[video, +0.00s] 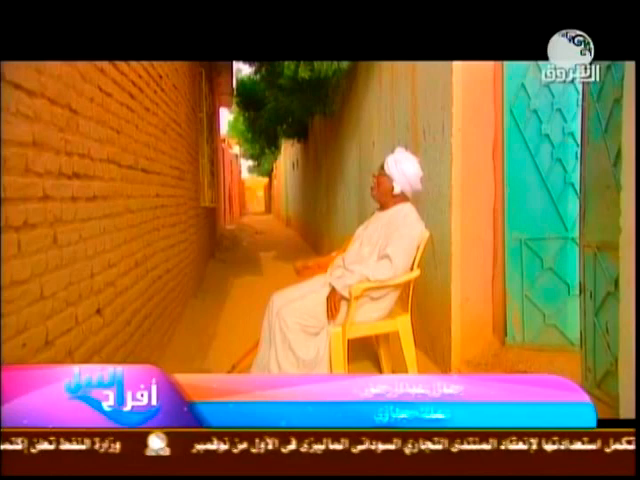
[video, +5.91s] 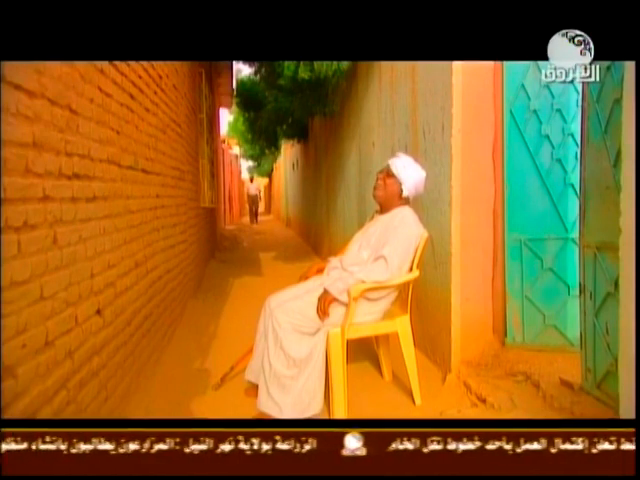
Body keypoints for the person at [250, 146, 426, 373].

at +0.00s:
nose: (374, 179)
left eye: (381, 176)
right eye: (377, 175)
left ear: (396, 185)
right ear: (393, 186)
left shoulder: (407, 220)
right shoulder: (384, 214)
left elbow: (393, 269)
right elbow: (354, 253)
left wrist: (342, 286)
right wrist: (326, 268)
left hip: (364, 296)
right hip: (342, 281)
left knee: (288, 316)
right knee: (278, 303)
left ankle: (291, 387)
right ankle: (270, 379)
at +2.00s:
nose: (373, 186)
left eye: (378, 181)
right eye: (376, 179)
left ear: (390, 188)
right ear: (392, 189)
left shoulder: (405, 221)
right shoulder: (388, 216)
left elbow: (388, 271)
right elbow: (358, 253)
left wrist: (336, 288)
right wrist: (327, 266)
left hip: (360, 298)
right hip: (341, 281)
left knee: (283, 314)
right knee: (274, 303)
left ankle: (281, 386)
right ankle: (266, 379)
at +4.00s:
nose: (366, 195)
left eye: (373, 190)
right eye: (366, 188)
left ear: (392, 193)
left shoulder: (404, 223)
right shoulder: (385, 217)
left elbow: (387, 271)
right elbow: (356, 253)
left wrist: (335, 288)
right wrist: (326, 266)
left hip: (359, 299)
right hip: (340, 282)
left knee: (282, 315)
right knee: (274, 305)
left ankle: (280, 386)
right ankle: (267, 379)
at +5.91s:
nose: (378, 181)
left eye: (387, 177)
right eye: (380, 175)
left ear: (402, 189)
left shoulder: (405, 222)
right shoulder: (384, 216)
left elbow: (388, 270)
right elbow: (356, 253)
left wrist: (337, 288)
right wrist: (326, 265)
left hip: (362, 299)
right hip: (342, 283)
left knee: (283, 315)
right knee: (274, 304)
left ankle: (289, 405)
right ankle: (266, 379)